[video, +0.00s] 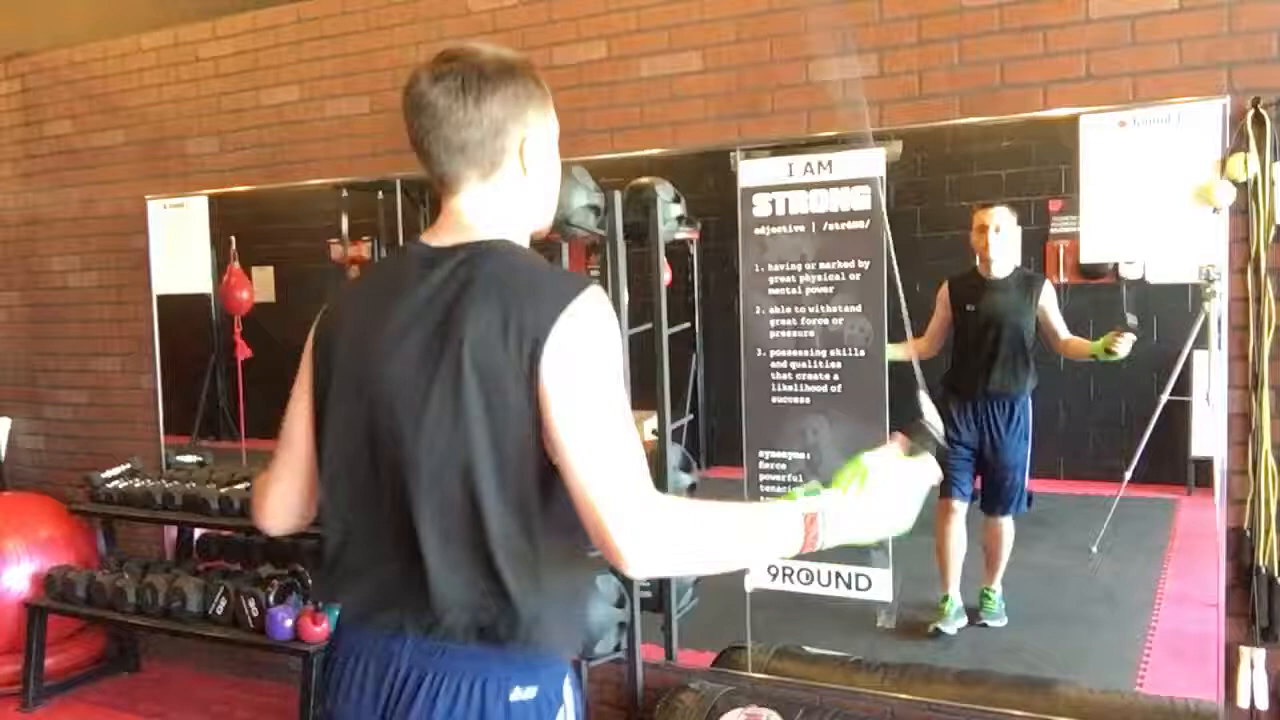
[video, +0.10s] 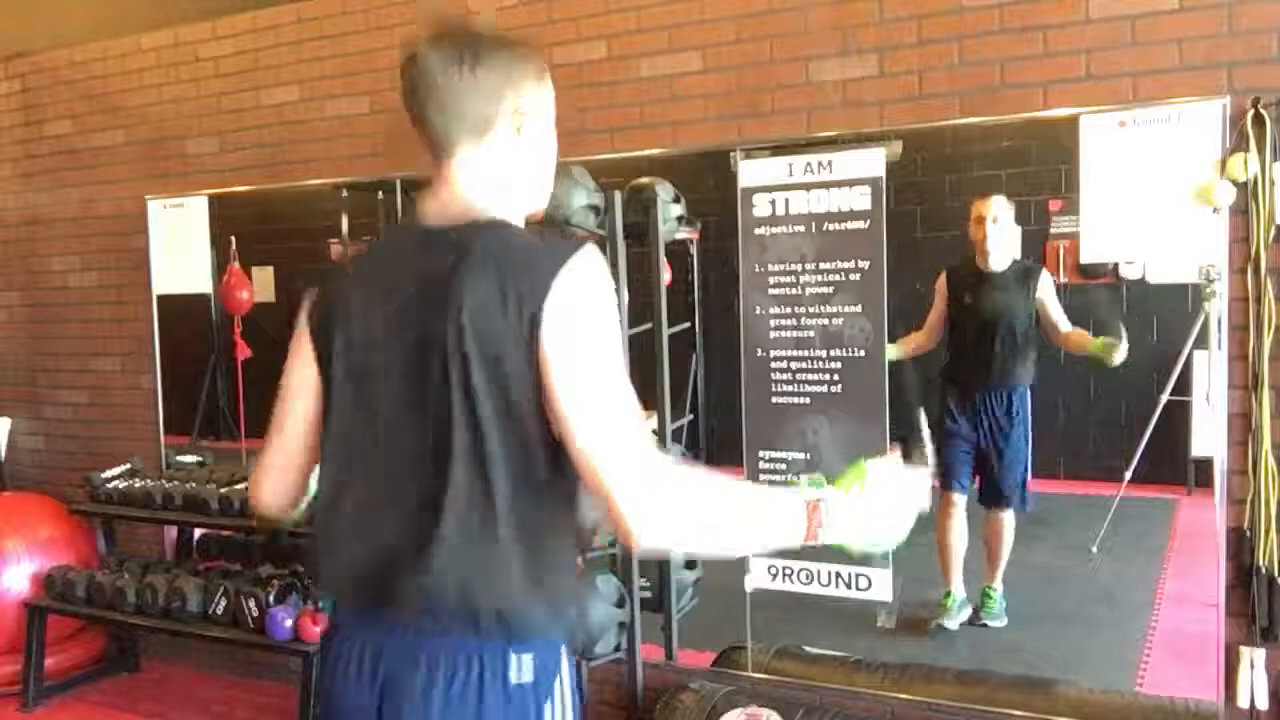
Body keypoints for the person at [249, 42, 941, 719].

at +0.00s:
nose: (560, 167)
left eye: (554, 148)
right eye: (555, 147)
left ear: (426, 160)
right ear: (529, 152)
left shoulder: (345, 311)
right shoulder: (559, 309)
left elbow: (278, 509)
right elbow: (641, 540)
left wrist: (384, 460)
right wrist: (827, 516)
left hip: (358, 665)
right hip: (502, 683)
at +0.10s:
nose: (556, 148)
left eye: (551, 122)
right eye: (549, 122)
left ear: (430, 130)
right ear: (518, 121)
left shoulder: (337, 289)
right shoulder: (556, 271)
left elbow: (274, 491)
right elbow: (646, 508)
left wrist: (375, 450)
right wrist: (827, 511)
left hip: (355, 653)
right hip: (500, 663)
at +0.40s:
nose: (517, 155)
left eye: (512, 135)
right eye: (513, 134)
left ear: (388, 143)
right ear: (492, 136)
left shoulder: (306, 304)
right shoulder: (520, 282)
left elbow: (245, 512)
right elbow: (611, 507)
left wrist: (217, 477)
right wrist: (804, 512)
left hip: (364, 652)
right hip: (511, 655)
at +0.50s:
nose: (521, 147)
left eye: (519, 120)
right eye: (517, 120)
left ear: (401, 123)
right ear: (489, 118)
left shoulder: (307, 280)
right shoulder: (522, 258)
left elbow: (244, 489)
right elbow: (625, 475)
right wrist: (802, 492)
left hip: (365, 658)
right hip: (516, 659)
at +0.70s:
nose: (549, 105)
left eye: (546, 81)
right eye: (547, 81)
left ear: (426, 72)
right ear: (529, 72)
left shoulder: (314, 226)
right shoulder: (537, 198)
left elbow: (255, 439)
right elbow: (605, 432)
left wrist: (222, 531)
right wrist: (784, 524)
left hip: (369, 576)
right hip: (519, 575)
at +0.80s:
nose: (549, 174)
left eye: (549, 153)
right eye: (549, 151)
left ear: (430, 146)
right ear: (526, 145)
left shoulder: (317, 308)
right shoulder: (544, 288)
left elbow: (251, 511)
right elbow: (629, 506)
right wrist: (809, 504)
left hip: (389, 649)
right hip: (539, 640)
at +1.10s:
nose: (564, 102)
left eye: (562, 77)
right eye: (562, 76)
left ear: (441, 71)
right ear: (537, 69)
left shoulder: (331, 228)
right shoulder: (550, 208)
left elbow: (283, 443)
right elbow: (613, 455)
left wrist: (264, 528)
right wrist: (790, 556)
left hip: (375, 592)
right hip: (524, 600)